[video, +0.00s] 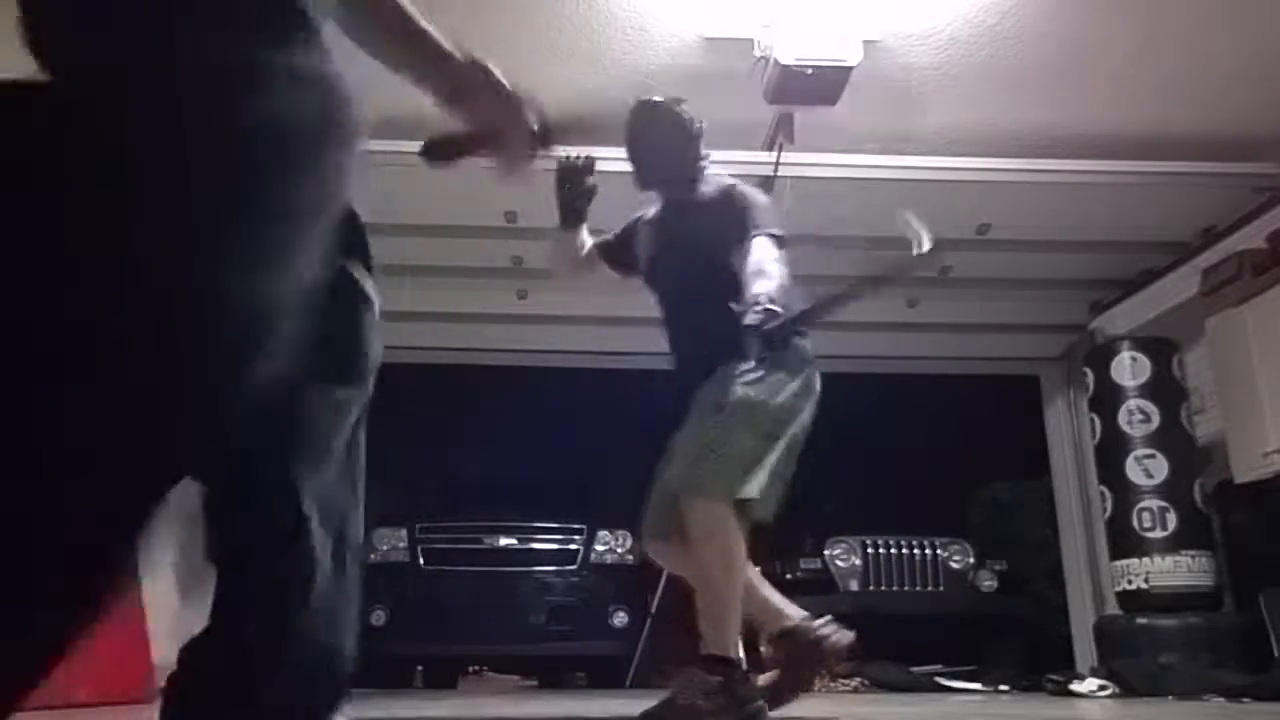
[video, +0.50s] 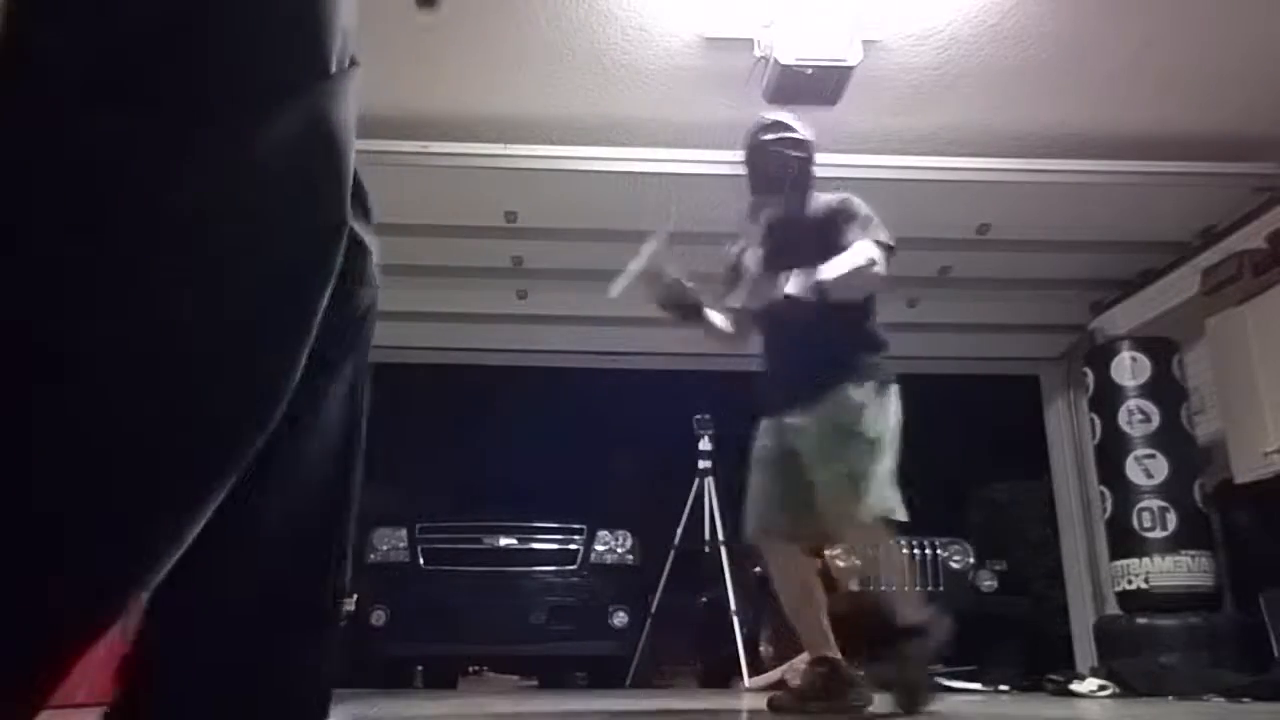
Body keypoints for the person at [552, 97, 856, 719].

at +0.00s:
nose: (668, 163)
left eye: (674, 146)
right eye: (651, 153)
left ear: (697, 144)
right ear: (639, 163)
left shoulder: (731, 198)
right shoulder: (649, 227)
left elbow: (765, 257)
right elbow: (577, 263)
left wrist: (758, 295)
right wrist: (573, 213)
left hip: (765, 364)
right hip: (708, 382)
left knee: (707, 491)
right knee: (662, 534)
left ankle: (723, 667)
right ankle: (799, 633)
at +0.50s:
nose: (780, 162)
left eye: (791, 152)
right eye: (768, 153)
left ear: (809, 160)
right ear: (748, 164)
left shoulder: (839, 210)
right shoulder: (751, 247)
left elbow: (871, 263)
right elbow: (736, 326)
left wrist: (807, 283)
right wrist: (691, 306)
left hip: (851, 393)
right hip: (784, 407)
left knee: (857, 522)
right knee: (775, 533)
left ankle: (915, 630)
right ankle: (827, 667)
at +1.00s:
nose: (830, 205)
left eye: (841, 194)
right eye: (820, 199)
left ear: (865, 199)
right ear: (811, 213)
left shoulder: (900, 248)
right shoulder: (816, 276)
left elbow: (920, 315)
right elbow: (782, 339)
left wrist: (884, 333)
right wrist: (720, 310)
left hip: (922, 421)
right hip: (861, 431)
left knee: (946, 545)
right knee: (849, 551)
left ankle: (995, 669)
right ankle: (933, 650)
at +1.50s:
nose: (764, 232)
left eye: (774, 221)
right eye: (758, 224)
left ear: (806, 223)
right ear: (753, 236)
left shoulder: (828, 260)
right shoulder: (784, 291)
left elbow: (804, 298)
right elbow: (797, 379)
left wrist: (725, 292)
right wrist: (765, 352)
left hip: (877, 416)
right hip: (855, 422)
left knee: (805, 523)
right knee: (839, 562)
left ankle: (790, 671)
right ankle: (942, 651)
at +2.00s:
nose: (809, 223)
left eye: (820, 213)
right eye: (801, 218)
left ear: (850, 220)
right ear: (793, 234)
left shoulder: (874, 260)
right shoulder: (827, 289)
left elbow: (892, 313)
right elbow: (825, 354)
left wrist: (842, 325)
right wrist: (761, 356)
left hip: (917, 397)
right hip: (891, 405)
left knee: (880, 521)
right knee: (892, 532)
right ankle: (933, 662)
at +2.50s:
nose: (851, 212)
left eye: (861, 201)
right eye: (846, 205)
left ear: (893, 203)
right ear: (845, 214)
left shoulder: (924, 243)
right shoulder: (878, 275)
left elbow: (914, 296)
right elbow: (887, 352)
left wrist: (842, 296)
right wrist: (840, 328)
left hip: (970, 400)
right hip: (936, 414)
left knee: (985, 530)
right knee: (951, 546)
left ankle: (1079, 655)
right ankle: (1051, 655)